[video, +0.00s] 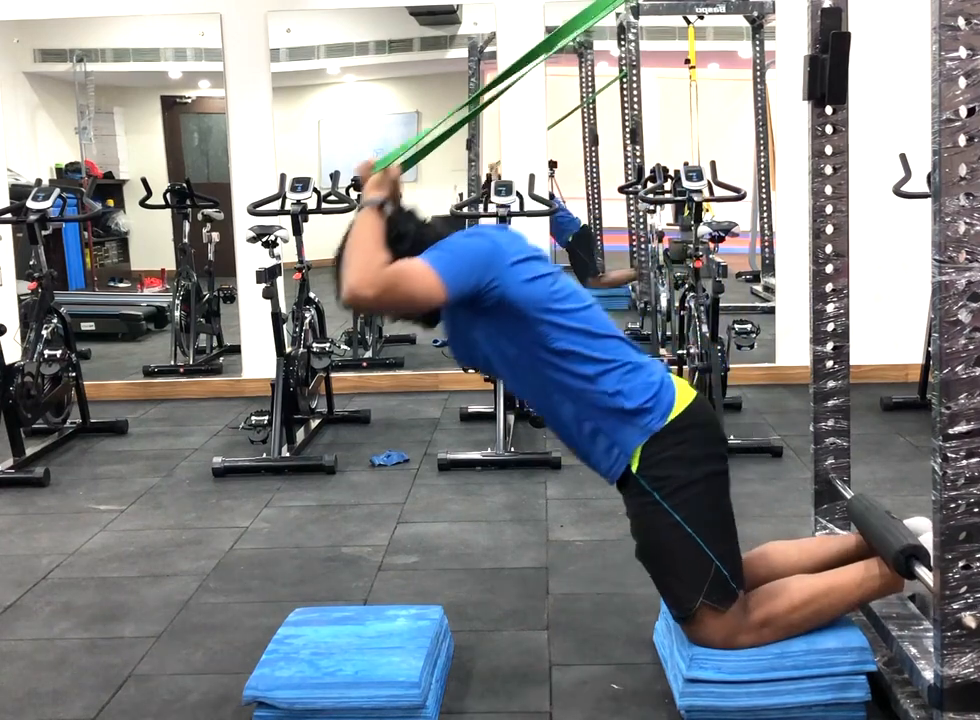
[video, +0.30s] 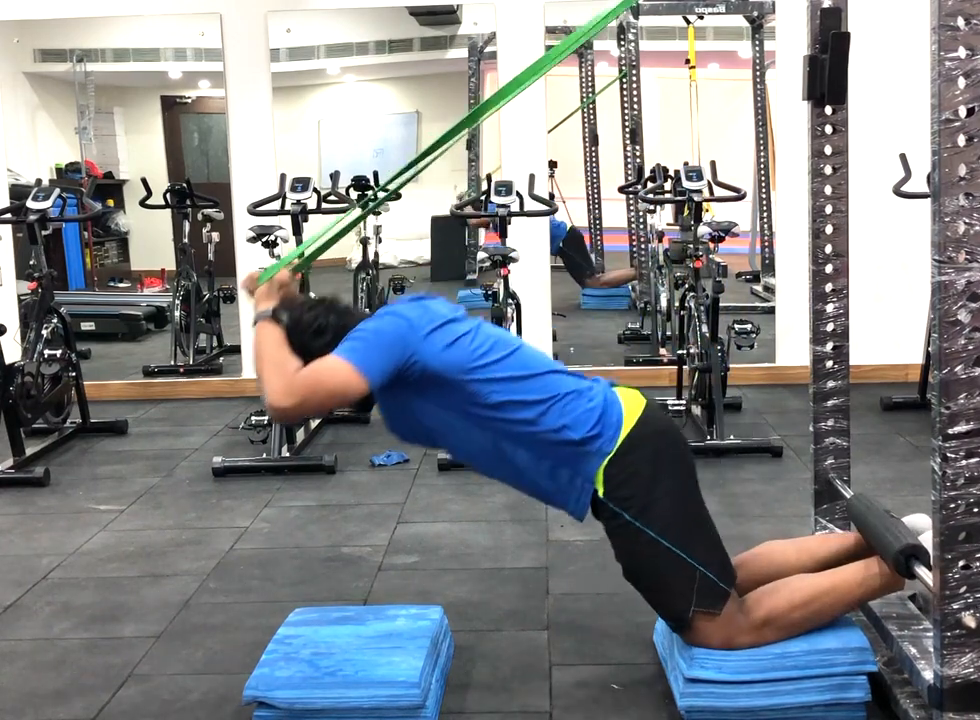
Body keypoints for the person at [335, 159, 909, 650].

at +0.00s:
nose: (382, 299)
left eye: (379, 280)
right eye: (373, 283)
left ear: (399, 263)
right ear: (420, 243)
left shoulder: (483, 249)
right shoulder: (467, 291)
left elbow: (365, 285)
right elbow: (380, 281)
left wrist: (372, 201)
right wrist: (380, 204)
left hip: (663, 439)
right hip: (645, 444)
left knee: (720, 626)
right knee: (718, 586)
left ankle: (902, 571)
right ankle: (865, 539)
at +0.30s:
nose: (315, 390)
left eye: (311, 373)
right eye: (309, 378)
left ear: (326, 345)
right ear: (338, 335)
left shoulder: (399, 331)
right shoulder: (398, 334)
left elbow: (286, 395)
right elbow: (306, 391)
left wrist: (261, 312)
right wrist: (279, 325)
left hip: (624, 453)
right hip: (615, 448)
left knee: (723, 626)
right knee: (708, 591)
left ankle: (902, 567)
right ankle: (864, 538)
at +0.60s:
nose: (259, 464)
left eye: (257, 451)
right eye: (252, 453)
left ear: (276, 431)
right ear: (281, 404)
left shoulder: (346, 404)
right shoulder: (349, 394)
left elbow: (240, 492)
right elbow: (258, 477)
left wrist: (198, 417)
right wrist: (224, 414)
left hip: (591, 474)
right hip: (585, 467)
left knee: (723, 625)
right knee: (704, 596)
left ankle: (902, 568)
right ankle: (860, 534)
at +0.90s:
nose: (264, 535)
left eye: (257, 523)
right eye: (257, 522)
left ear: (271, 492)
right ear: (276, 465)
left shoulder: (324, 459)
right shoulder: (335, 451)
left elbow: (225, 560)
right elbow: (266, 538)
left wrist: (179, 498)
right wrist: (206, 486)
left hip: (576, 487)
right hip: (576, 466)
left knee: (723, 626)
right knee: (716, 583)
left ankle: (895, 565)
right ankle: (865, 533)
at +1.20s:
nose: (262, 538)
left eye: (252, 527)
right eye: (255, 526)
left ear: (272, 493)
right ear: (275, 467)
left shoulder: (323, 461)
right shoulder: (329, 457)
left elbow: (224, 562)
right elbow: (248, 541)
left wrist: (173, 504)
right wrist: (195, 488)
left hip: (574, 489)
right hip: (572, 479)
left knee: (723, 626)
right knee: (711, 585)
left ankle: (890, 566)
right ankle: (861, 534)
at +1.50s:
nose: (271, 500)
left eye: (258, 485)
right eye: (253, 485)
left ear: (274, 452)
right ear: (282, 426)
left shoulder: (339, 430)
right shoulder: (343, 419)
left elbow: (236, 521)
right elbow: (250, 498)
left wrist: (178, 467)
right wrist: (207, 455)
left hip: (587, 477)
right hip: (584, 467)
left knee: (724, 623)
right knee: (710, 588)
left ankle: (903, 567)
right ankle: (859, 536)